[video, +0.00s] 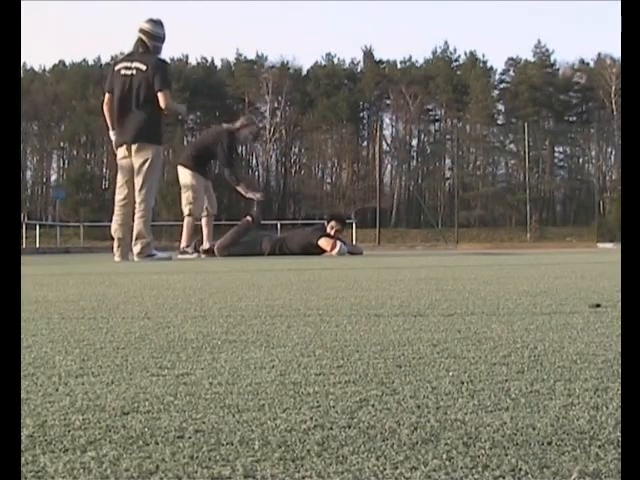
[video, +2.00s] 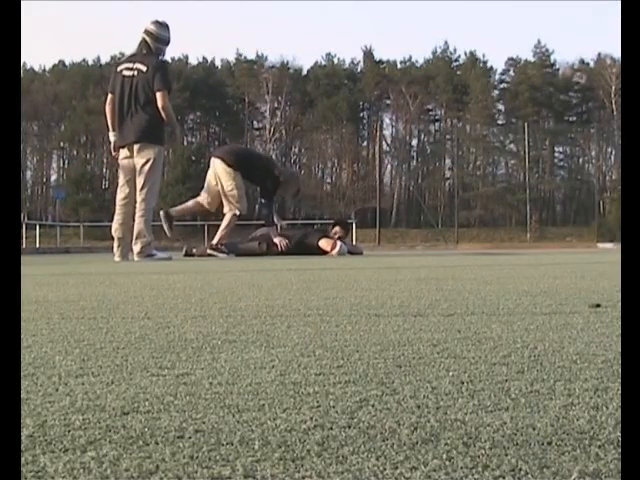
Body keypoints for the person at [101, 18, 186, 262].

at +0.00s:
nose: (162, 46)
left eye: (162, 42)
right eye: (161, 42)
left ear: (140, 37)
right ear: (157, 41)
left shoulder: (119, 64)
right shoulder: (156, 64)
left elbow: (107, 102)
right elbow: (165, 103)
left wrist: (113, 130)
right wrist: (181, 109)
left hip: (121, 136)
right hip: (147, 136)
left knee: (122, 194)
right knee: (145, 194)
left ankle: (119, 249)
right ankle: (142, 247)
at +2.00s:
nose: (165, 49)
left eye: (165, 45)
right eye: (165, 45)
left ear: (144, 38)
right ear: (160, 43)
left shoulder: (121, 65)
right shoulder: (157, 64)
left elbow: (110, 102)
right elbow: (162, 102)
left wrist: (113, 133)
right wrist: (173, 125)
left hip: (123, 136)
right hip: (148, 136)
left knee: (124, 194)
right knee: (146, 196)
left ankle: (119, 249)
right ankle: (142, 248)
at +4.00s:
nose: (158, 47)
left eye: (158, 43)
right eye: (158, 43)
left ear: (136, 39)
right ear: (154, 42)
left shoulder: (115, 66)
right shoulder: (152, 65)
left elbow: (105, 104)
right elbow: (159, 100)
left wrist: (109, 136)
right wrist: (172, 135)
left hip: (120, 138)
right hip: (145, 138)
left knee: (122, 196)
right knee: (144, 196)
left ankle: (119, 250)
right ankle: (142, 248)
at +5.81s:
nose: (148, 50)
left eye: (147, 46)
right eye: (148, 46)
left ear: (127, 41)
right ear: (145, 44)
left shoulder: (106, 66)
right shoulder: (149, 67)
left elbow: (97, 105)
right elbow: (156, 103)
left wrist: (97, 137)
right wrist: (162, 136)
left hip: (113, 138)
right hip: (140, 138)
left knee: (117, 196)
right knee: (143, 195)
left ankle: (119, 250)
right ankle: (142, 248)